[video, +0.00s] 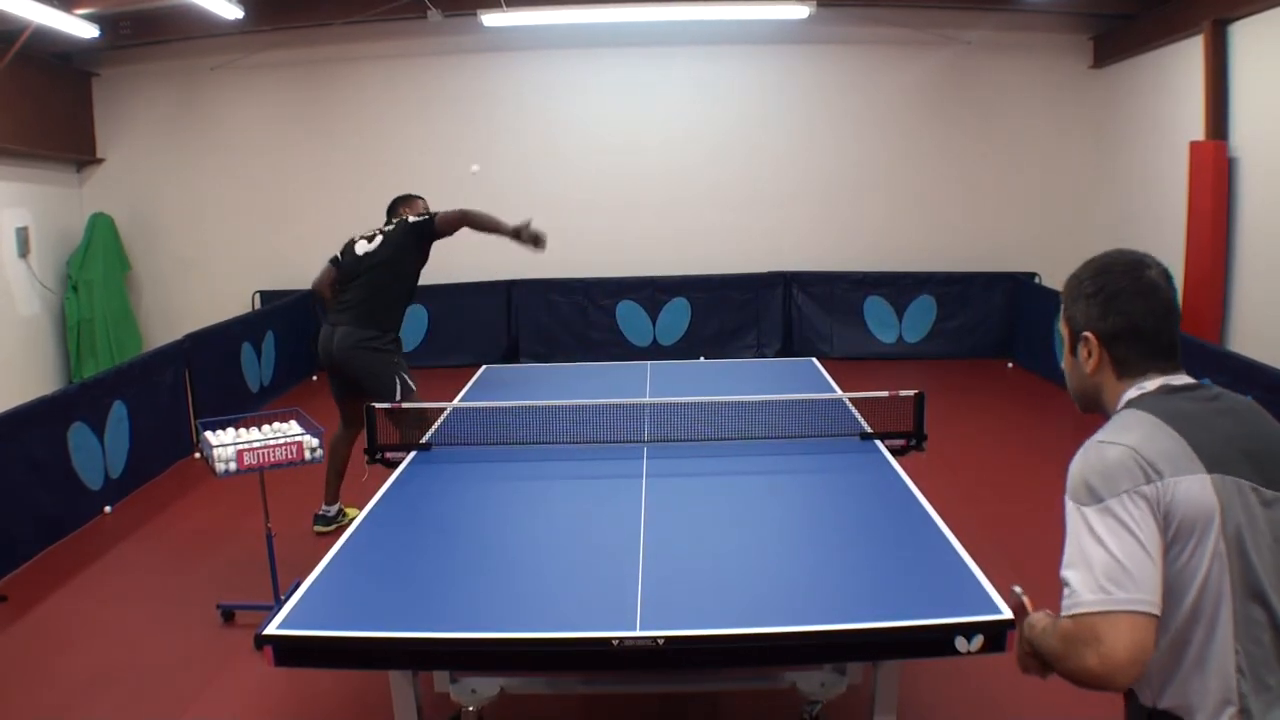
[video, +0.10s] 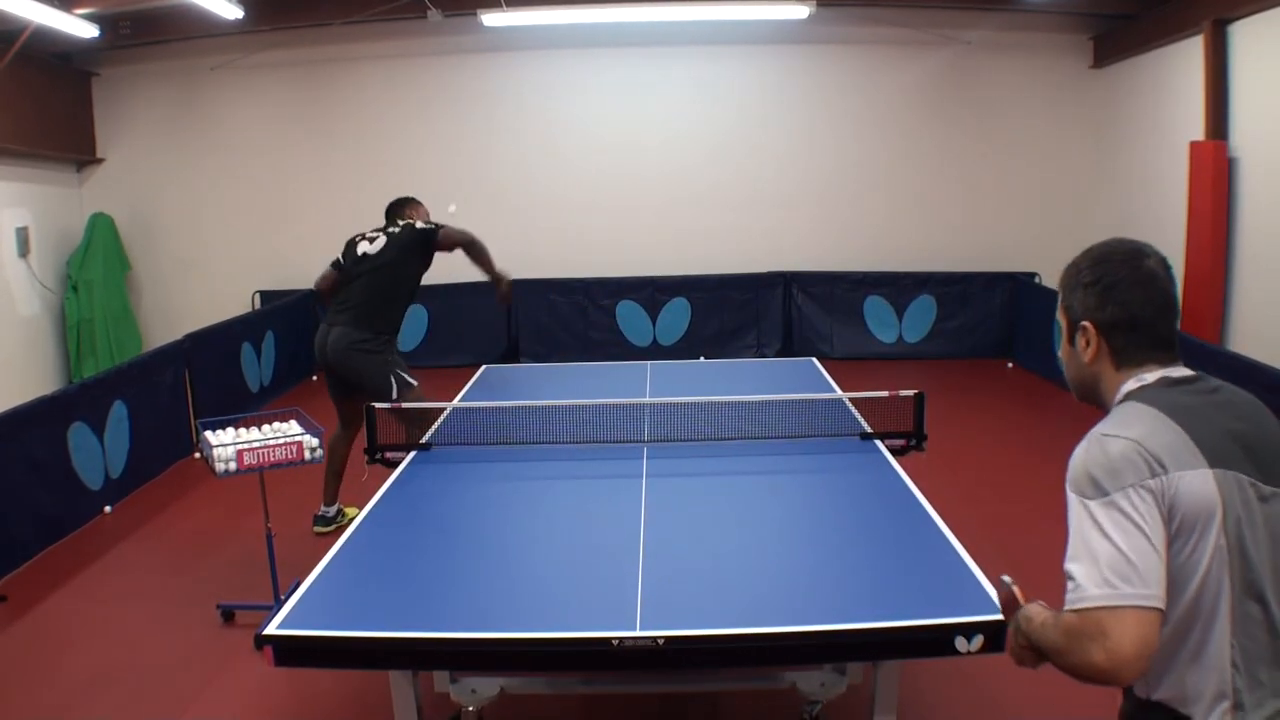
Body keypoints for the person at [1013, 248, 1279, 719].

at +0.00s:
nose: (1064, 362)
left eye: (1064, 345)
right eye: (1063, 344)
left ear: (1090, 351)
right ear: (1169, 336)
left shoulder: (1120, 454)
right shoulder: (1257, 420)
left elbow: (1114, 658)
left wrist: (1041, 632)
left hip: (1188, 707)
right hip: (1269, 700)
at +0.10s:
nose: (1060, 349)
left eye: (1061, 331)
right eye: (1059, 331)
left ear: (1087, 340)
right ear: (1167, 325)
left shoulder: (1120, 447)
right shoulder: (1253, 414)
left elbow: (1118, 652)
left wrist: (1037, 624)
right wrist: (1057, 633)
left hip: (1184, 706)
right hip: (1268, 699)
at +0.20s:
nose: (1051, 353)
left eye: (1051, 335)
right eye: (1050, 335)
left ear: (1078, 344)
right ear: (1157, 329)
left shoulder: (1109, 455)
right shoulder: (1243, 418)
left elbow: (1098, 660)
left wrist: (1014, 627)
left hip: (1172, 708)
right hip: (1265, 702)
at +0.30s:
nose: (1037, 356)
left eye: (1038, 338)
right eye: (1036, 338)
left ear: (1064, 346)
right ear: (1141, 330)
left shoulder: (1087, 459)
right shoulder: (1235, 432)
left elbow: (1052, 665)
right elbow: (1263, 598)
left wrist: (975, 623)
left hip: (1142, 708)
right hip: (1261, 701)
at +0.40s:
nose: (1028, 336)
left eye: (1028, 318)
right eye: (1027, 319)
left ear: (1052, 321)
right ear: (1131, 308)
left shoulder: (1069, 434)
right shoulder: (1232, 412)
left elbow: (1013, 631)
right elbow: (1268, 571)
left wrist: (941, 597)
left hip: (1131, 705)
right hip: (1252, 697)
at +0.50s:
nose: (1028, 328)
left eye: (1028, 309)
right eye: (1027, 310)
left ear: (1053, 311)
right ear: (1127, 297)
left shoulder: (1064, 421)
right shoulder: (1232, 403)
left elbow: (983, 605)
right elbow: (1266, 551)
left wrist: (924, 578)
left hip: (1119, 702)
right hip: (1243, 696)